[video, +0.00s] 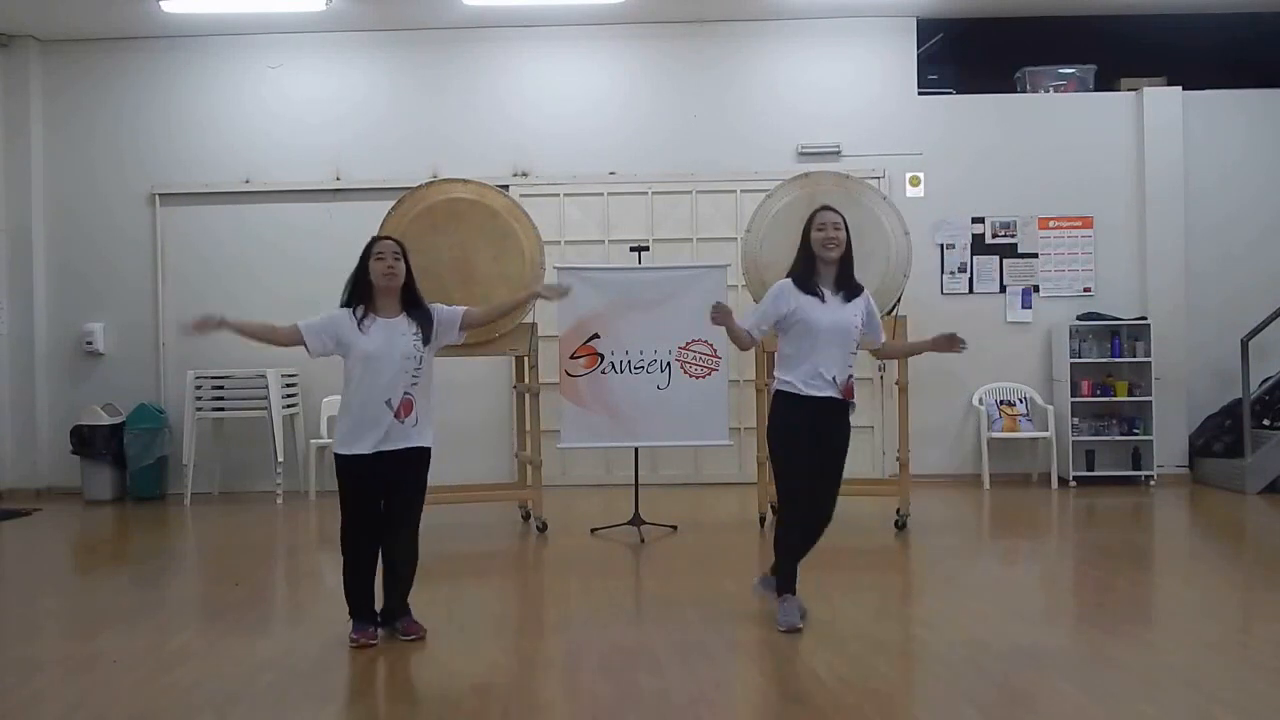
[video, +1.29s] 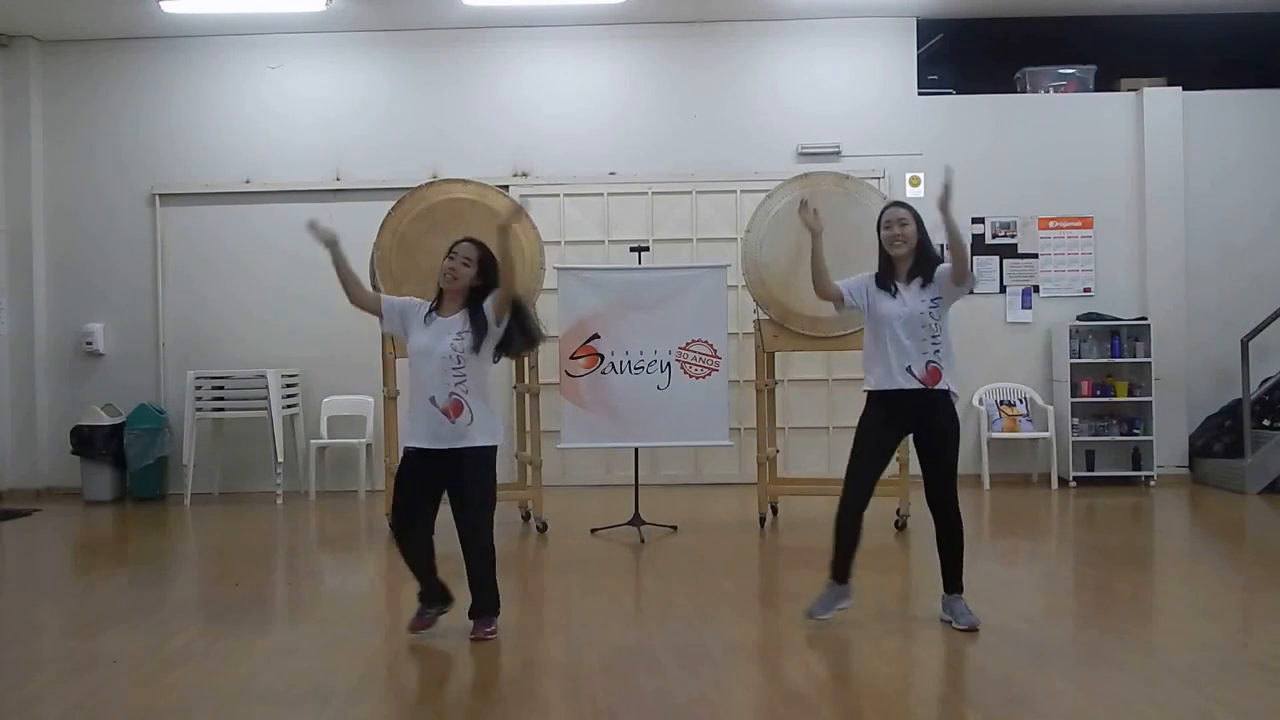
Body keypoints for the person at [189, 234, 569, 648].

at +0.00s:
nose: (388, 263)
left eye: (396, 257)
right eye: (379, 257)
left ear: (407, 269)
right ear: (365, 269)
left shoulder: (427, 317)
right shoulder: (346, 321)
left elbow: (482, 316)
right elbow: (285, 335)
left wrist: (533, 294)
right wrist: (227, 323)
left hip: (411, 446)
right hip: (357, 448)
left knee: (403, 534)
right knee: (360, 536)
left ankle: (397, 614)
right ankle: (362, 620)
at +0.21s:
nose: (382, 265)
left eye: (385, 257)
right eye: (370, 262)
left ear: (396, 266)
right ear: (356, 277)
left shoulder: (422, 315)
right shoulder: (346, 323)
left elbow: (478, 309)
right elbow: (301, 343)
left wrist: (518, 276)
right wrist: (275, 313)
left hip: (414, 446)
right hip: (361, 450)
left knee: (432, 535)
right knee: (364, 540)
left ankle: (412, 596)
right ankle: (364, 619)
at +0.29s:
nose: (382, 265)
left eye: (386, 257)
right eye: (370, 261)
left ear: (397, 266)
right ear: (357, 276)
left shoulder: (423, 314)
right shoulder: (350, 321)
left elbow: (476, 297)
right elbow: (312, 329)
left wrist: (501, 254)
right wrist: (304, 282)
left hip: (417, 444)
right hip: (365, 449)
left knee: (441, 530)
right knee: (366, 540)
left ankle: (430, 598)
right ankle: (364, 620)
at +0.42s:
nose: (390, 262)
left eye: (394, 255)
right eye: (380, 258)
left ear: (405, 265)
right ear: (364, 275)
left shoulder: (429, 310)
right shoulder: (361, 319)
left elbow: (471, 282)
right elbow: (355, 299)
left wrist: (466, 230)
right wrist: (367, 254)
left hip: (429, 440)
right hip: (376, 446)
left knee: (452, 526)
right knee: (374, 537)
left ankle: (473, 607)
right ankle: (364, 619)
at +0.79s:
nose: (437, 267)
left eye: (445, 261)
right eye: (428, 262)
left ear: (459, 271)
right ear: (418, 275)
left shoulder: (481, 316)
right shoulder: (404, 321)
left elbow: (526, 288)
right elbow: (362, 312)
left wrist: (520, 233)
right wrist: (364, 265)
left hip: (480, 443)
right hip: (426, 447)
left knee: (483, 532)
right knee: (416, 533)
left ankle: (485, 614)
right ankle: (394, 614)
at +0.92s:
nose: (449, 263)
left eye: (459, 258)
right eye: (443, 256)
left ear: (474, 271)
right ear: (433, 267)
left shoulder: (491, 315)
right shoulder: (412, 318)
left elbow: (541, 305)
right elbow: (354, 328)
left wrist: (566, 263)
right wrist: (317, 298)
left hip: (482, 442)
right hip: (429, 443)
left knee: (481, 531)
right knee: (438, 532)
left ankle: (485, 614)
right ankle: (445, 601)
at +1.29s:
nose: (453, 265)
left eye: (465, 262)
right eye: (450, 257)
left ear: (479, 278)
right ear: (440, 266)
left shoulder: (486, 318)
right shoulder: (415, 313)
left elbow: (509, 289)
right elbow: (362, 297)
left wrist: (505, 233)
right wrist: (336, 252)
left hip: (474, 446)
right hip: (422, 445)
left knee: (475, 531)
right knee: (406, 525)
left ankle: (485, 613)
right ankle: (434, 596)